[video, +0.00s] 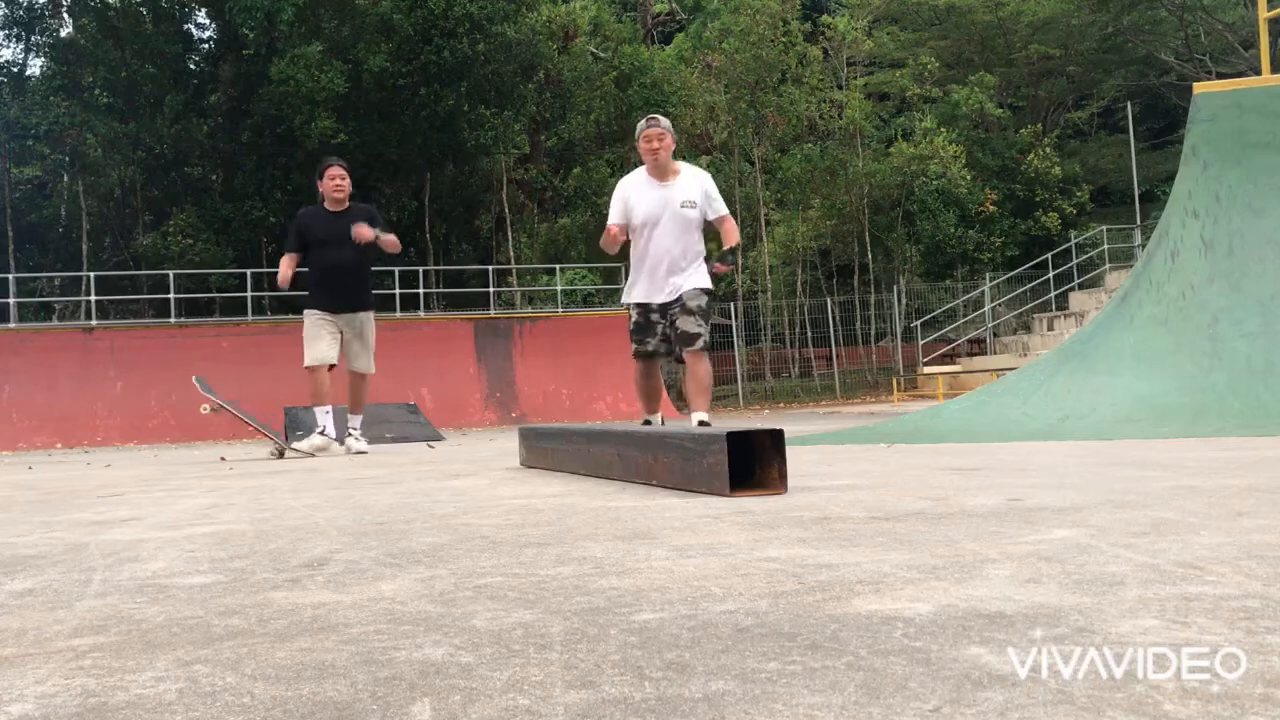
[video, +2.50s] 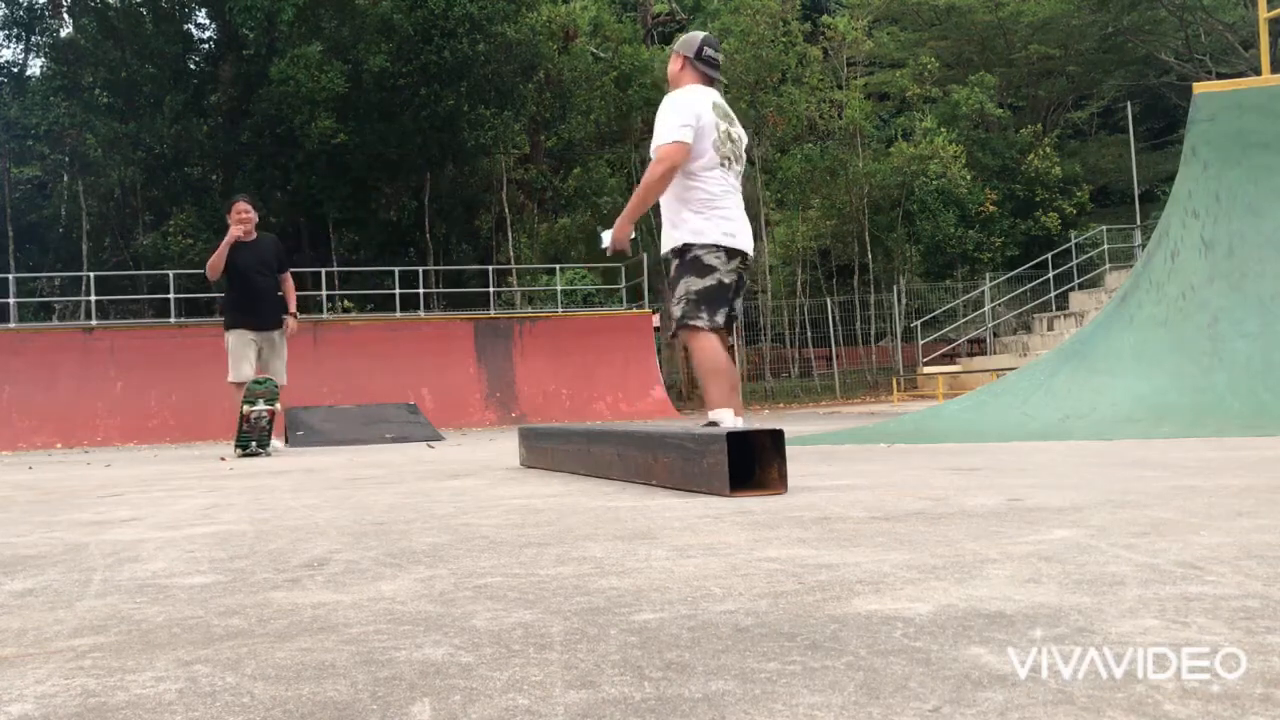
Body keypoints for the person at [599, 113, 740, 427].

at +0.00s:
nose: (654, 145)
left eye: (660, 139)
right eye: (647, 141)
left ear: (673, 142)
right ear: (638, 148)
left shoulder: (698, 179)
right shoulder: (627, 185)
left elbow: (725, 222)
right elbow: (610, 247)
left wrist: (729, 250)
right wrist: (611, 238)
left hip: (690, 280)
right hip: (645, 285)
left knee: (694, 347)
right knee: (646, 357)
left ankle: (700, 419)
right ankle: (652, 423)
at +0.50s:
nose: (649, 126)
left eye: (656, 117)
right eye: (641, 122)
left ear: (672, 122)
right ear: (633, 134)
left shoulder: (704, 155)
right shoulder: (629, 176)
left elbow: (738, 205)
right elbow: (610, 237)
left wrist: (723, 188)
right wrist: (600, 206)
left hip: (712, 273)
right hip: (662, 275)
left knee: (732, 360)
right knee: (667, 340)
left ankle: (708, 408)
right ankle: (680, 424)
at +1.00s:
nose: (652, 145)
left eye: (660, 135)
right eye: (642, 139)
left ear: (676, 139)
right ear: (632, 150)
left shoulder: (710, 174)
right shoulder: (628, 198)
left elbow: (745, 230)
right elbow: (604, 259)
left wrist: (735, 203)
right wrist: (582, 237)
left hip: (722, 280)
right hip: (670, 298)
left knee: (722, 329)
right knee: (656, 375)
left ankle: (741, 421)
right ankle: (685, 429)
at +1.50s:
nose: (663, 154)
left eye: (670, 143)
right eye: (652, 148)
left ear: (686, 145)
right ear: (640, 157)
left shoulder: (721, 183)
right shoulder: (634, 207)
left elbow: (757, 246)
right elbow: (616, 274)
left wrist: (744, 221)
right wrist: (593, 254)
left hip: (732, 280)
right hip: (679, 308)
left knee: (722, 320)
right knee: (674, 410)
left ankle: (738, 430)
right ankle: (690, 429)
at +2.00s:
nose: (634, 124)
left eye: (638, 113)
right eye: (632, 116)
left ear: (667, 108)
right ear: (654, 110)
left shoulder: (723, 145)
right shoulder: (640, 170)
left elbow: (769, 200)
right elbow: (628, 237)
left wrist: (744, 233)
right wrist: (619, 280)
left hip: (736, 266)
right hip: (682, 287)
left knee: (717, 321)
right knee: (675, 394)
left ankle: (737, 431)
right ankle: (693, 432)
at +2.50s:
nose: (668, 68)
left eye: (671, 60)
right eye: (671, 61)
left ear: (680, 62)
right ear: (710, 70)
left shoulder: (681, 101)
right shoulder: (727, 115)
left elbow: (670, 159)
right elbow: (726, 182)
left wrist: (625, 221)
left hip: (702, 237)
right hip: (732, 238)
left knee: (696, 328)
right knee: (714, 332)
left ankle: (725, 425)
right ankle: (735, 425)